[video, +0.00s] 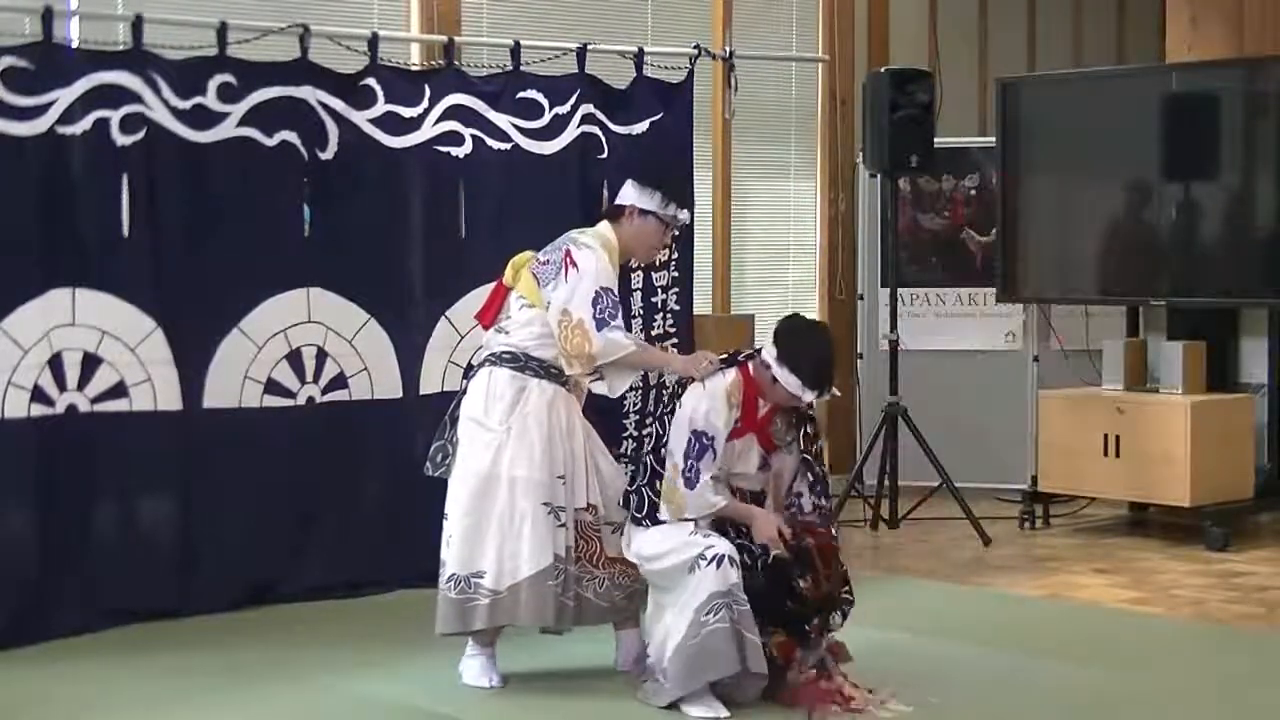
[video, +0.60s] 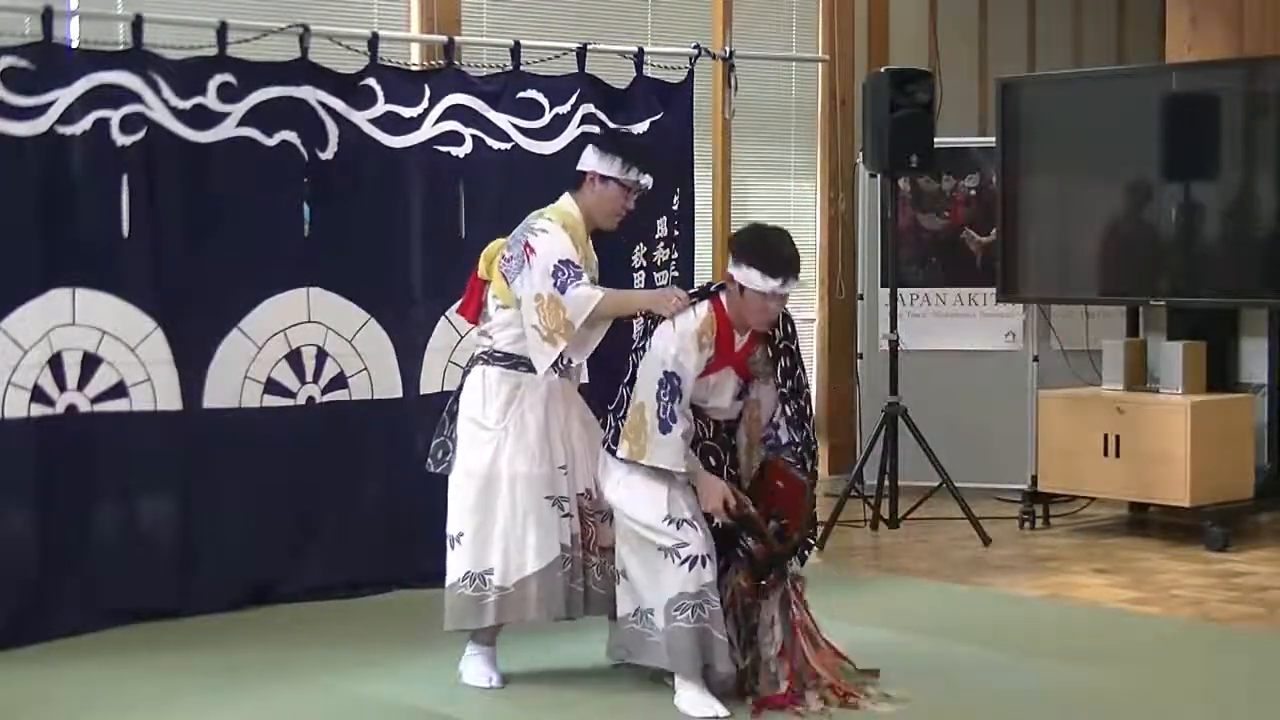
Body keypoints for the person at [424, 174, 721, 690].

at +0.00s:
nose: (666, 247)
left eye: (670, 236)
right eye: (665, 232)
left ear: (631, 218)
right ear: (632, 215)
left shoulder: (592, 257)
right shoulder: (588, 256)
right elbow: (599, 342)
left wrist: (651, 359)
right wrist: (678, 363)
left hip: (548, 403)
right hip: (512, 398)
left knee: (609, 510)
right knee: (504, 520)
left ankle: (631, 649)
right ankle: (480, 651)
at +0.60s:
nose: (631, 204)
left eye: (635, 194)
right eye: (626, 190)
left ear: (598, 187)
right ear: (593, 181)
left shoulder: (576, 242)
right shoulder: (550, 232)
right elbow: (572, 301)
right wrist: (648, 300)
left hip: (548, 394)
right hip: (506, 393)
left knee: (615, 497)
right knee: (498, 515)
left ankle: (639, 633)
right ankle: (481, 646)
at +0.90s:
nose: (639, 180)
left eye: (643, 170)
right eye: (631, 167)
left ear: (631, 173)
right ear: (598, 161)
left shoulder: (612, 227)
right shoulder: (562, 219)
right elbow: (564, 281)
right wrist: (627, 246)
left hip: (601, 385)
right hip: (544, 386)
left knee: (637, 499)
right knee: (522, 510)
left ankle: (662, 625)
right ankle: (480, 647)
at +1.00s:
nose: (660, 172)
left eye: (662, 163)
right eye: (651, 160)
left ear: (648, 170)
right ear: (616, 161)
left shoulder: (643, 223)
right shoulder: (578, 217)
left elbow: (670, 290)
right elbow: (563, 282)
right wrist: (614, 229)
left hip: (619, 383)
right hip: (561, 385)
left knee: (650, 500)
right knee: (529, 503)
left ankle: (666, 627)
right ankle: (484, 645)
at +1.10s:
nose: (666, 166)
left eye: (671, 155)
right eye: (655, 154)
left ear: (675, 163)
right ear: (626, 158)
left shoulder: (677, 219)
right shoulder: (592, 215)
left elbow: (709, 289)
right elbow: (571, 272)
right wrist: (619, 209)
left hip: (652, 381)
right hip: (583, 382)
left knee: (675, 503)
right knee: (546, 500)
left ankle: (693, 638)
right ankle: (496, 642)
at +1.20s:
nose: (680, 168)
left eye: (684, 158)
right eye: (672, 154)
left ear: (686, 170)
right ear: (645, 165)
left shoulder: (688, 220)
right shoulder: (603, 214)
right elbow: (575, 262)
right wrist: (621, 211)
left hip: (658, 378)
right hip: (594, 377)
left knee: (672, 502)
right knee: (562, 504)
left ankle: (679, 630)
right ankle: (510, 640)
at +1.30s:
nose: (724, 170)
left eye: (735, 157)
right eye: (711, 156)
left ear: (744, 161)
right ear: (678, 158)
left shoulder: (706, 227)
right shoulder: (615, 214)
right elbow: (583, 260)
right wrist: (627, 211)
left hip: (663, 380)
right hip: (598, 378)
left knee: (673, 507)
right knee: (563, 504)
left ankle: (676, 631)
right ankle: (509, 639)